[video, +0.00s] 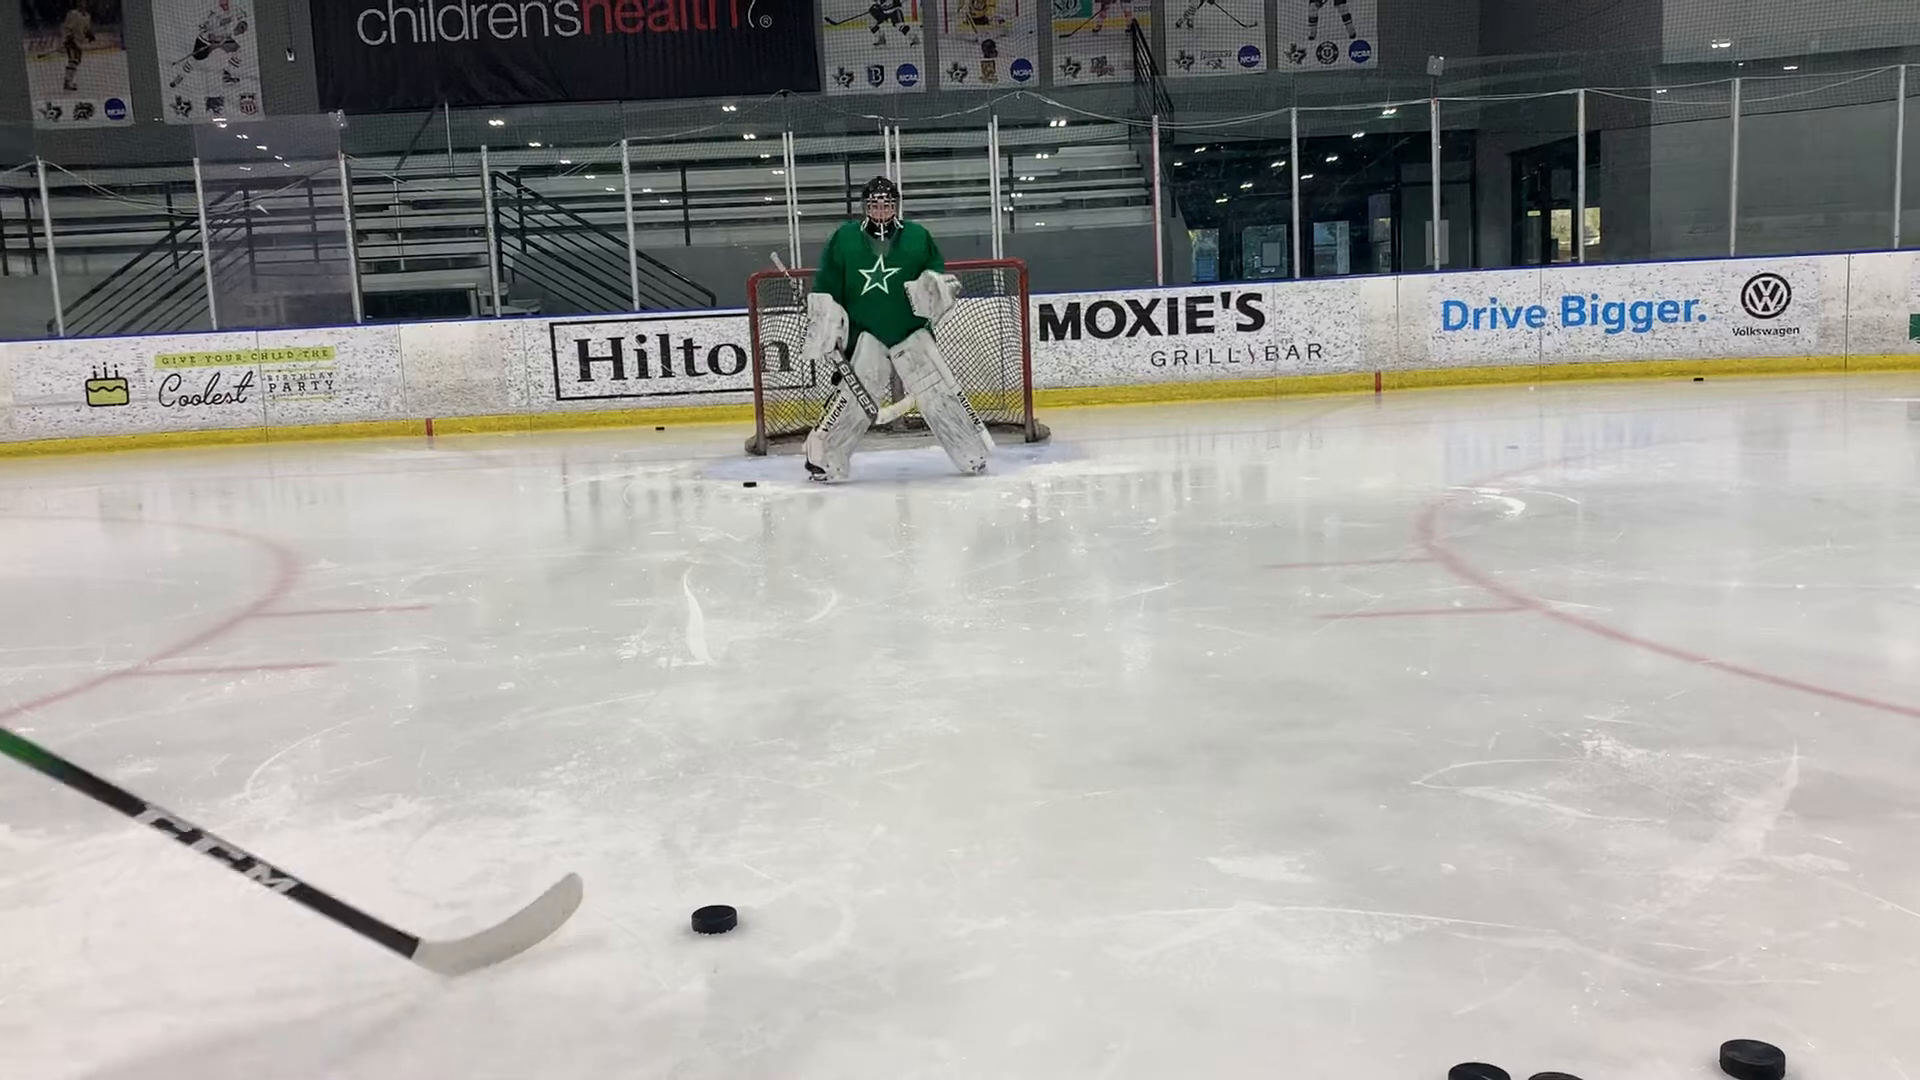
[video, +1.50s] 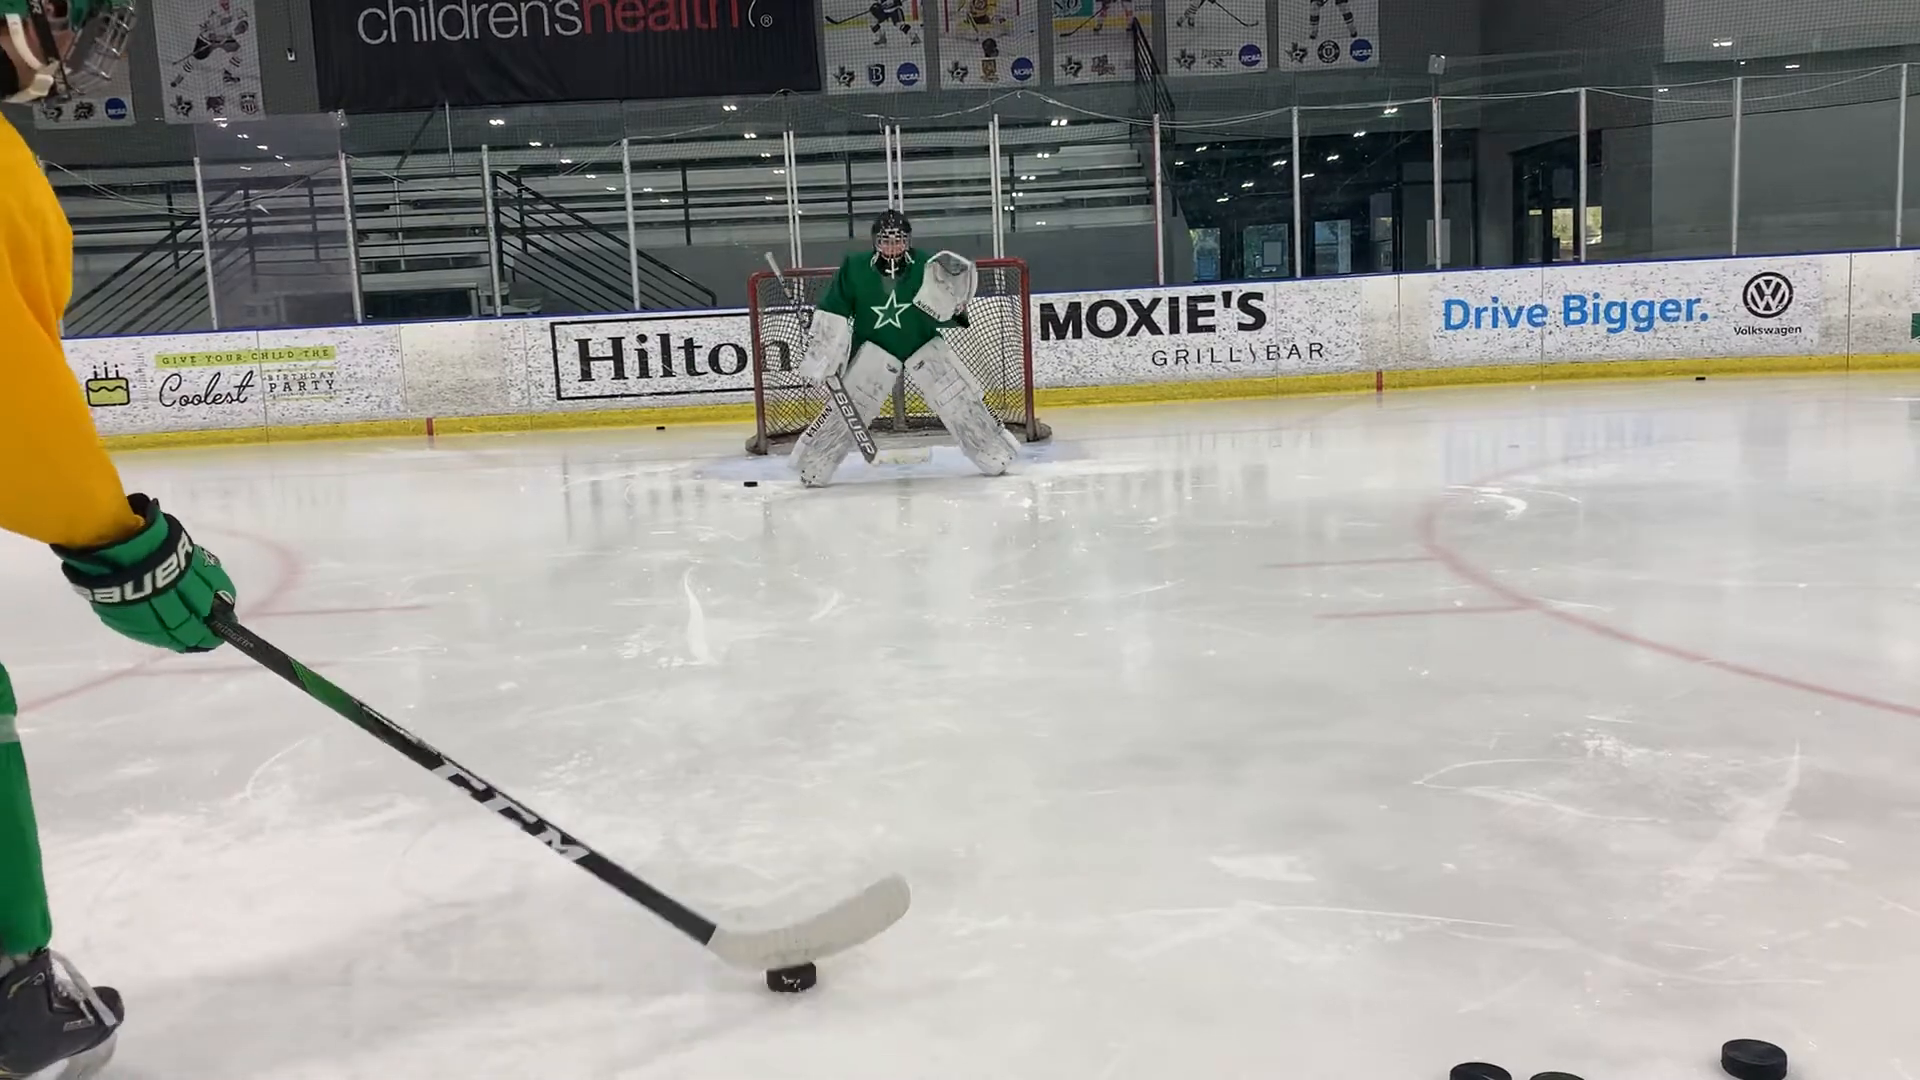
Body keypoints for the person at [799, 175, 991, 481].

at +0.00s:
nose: (881, 208)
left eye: (886, 202)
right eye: (875, 203)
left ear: (896, 205)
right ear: (865, 206)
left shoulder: (916, 235)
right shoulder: (846, 237)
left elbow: (938, 276)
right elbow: (827, 285)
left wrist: (931, 292)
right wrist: (826, 329)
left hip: (911, 330)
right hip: (865, 333)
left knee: (938, 393)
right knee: (854, 399)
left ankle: (972, 456)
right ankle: (825, 461)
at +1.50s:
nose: (892, 246)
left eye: (898, 239)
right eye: (887, 240)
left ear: (908, 240)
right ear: (875, 241)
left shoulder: (924, 265)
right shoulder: (855, 269)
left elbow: (948, 309)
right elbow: (832, 314)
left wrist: (950, 286)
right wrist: (823, 360)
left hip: (924, 346)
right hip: (874, 350)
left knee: (960, 399)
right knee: (850, 407)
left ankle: (996, 459)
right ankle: (815, 468)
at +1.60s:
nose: (894, 271)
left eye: (900, 265)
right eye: (887, 265)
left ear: (910, 265)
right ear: (878, 265)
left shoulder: (927, 288)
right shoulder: (858, 290)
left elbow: (958, 335)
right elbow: (835, 329)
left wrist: (948, 302)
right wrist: (829, 370)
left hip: (925, 364)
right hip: (878, 369)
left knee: (960, 408)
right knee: (855, 419)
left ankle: (1002, 458)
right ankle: (813, 469)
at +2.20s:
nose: (899, 303)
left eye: (905, 297)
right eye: (893, 297)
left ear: (915, 296)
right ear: (882, 296)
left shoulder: (932, 313)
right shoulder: (863, 317)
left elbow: (961, 367)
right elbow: (836, 352)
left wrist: (951, 342)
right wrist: (832, 389)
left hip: (930, 386)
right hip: (881, 390)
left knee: (965, 418)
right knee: (855, 429)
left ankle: (1010, 455)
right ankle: (813, 468)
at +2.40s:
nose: (900, 303)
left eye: (905, 296)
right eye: (894, 297)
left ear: (915, 296)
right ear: (883, 297)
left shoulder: (933, 314)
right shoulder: (863, 317)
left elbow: (961, 368)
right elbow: (835, 352)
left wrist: (952, 343)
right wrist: (832, 389)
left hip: (930, 387)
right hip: (881, 391)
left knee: (964, 418)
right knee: (855, 430)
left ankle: (1010, 454)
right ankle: (813, 468)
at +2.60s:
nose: (900, 304)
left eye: (905, 297)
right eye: (894, 297)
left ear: (916, 296)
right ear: (884, 297)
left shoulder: (934, 315)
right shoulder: (864, 317)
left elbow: (962, 371)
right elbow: (835, 352)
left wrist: (956, 341)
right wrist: (832, 390)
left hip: (930, 388)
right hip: (882, 392)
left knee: (965, 418)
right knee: (854, 430)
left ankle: (1008, 453)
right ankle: (814, 467)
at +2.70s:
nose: (900, 304)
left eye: (906, 297)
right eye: (894, 297)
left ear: (916, 296)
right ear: (884, 297)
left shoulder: (934, 315)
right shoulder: (864, 317)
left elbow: (962, 373)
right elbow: (836, 352)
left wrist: (956, 343)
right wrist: (833, 391)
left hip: (931, 389)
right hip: (882, 392)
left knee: (965, 418)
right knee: (854, 430)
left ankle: (1009, 453)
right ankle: (815, 467)